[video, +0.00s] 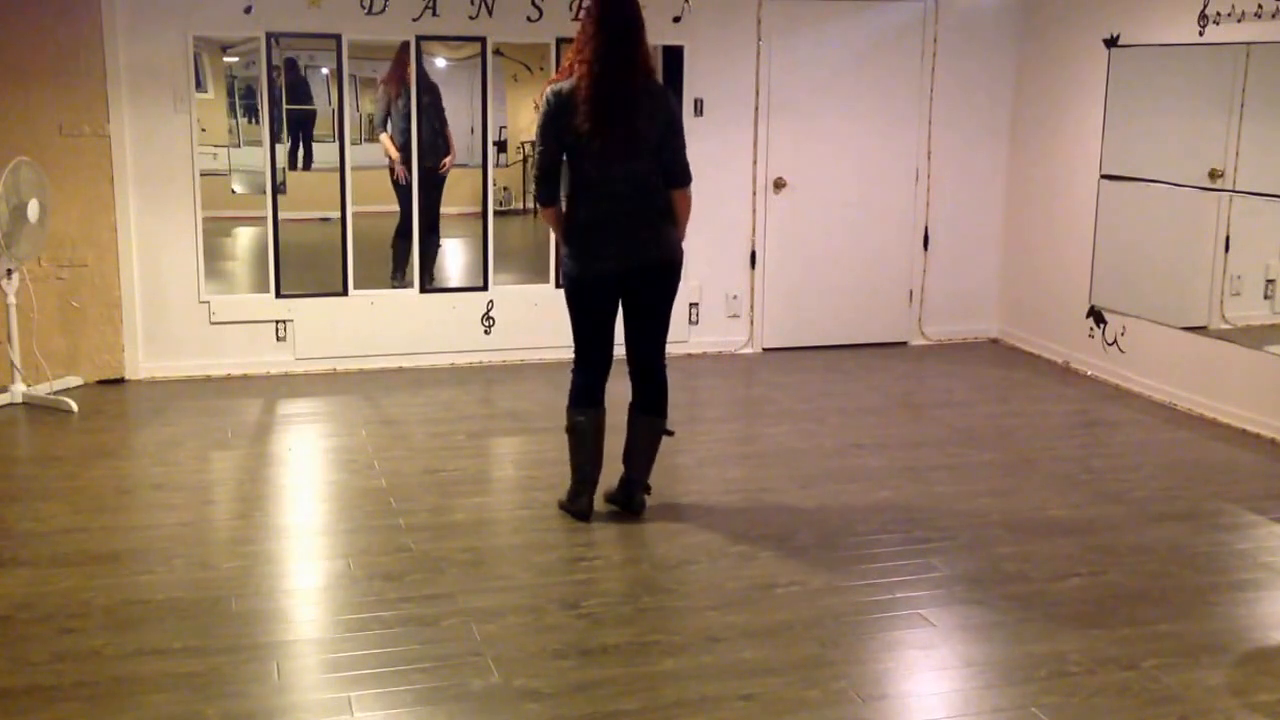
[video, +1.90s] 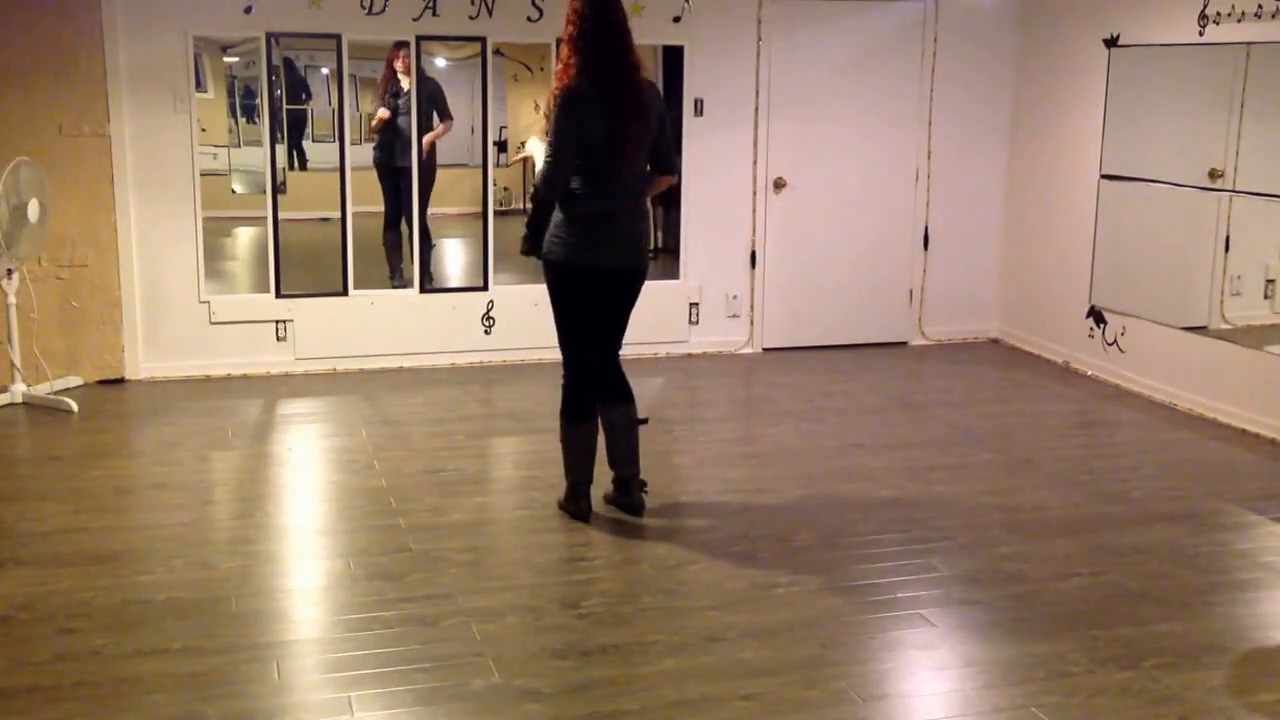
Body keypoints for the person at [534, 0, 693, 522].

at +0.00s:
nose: (578, 32)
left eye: (582, 24)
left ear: (585, 36)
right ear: (638, 37)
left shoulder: (562, 98)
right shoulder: (658, 96)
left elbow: (545, 193)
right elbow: (678, 181)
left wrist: (570, 236)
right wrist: (676, 236)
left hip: (589, 255)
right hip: (654, 253)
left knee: (589, 362)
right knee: (648, 364)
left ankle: (582, 489)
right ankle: (634, 486)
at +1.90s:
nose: (562, 39)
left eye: (567, 31)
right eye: (568, 29)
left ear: (574, 38)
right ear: (623, 36)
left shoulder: (570, 96)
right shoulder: (648, 95)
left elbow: (553, 174)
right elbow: (669, 169)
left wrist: (534, 223)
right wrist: (632, 200)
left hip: (572, 246)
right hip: (628, 248)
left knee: (578, 364)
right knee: (608, 358)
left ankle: (578, 492)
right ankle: (629, 481)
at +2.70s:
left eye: (574, 24)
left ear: (572, 34)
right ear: (624, 35)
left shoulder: (552, 94)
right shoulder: (644, 94)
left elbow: (528, 170)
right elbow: (672, 175)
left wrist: (558, 146)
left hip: (581, 254)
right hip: (645, 254)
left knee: (583, 363)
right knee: (638, 362)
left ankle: (579, 493)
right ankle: (632, 487)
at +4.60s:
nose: (572, 34)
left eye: (576, 26)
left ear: (578, 34)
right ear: (630, 35)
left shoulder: (555, 90)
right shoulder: (651, 93)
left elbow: (532, 168)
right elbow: (688, 167)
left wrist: (533, 187)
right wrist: (666, 165)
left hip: (572, 252)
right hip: (636, 254)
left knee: (576, 365)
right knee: (627, 359)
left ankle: (578, 493)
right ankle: (628, 485)